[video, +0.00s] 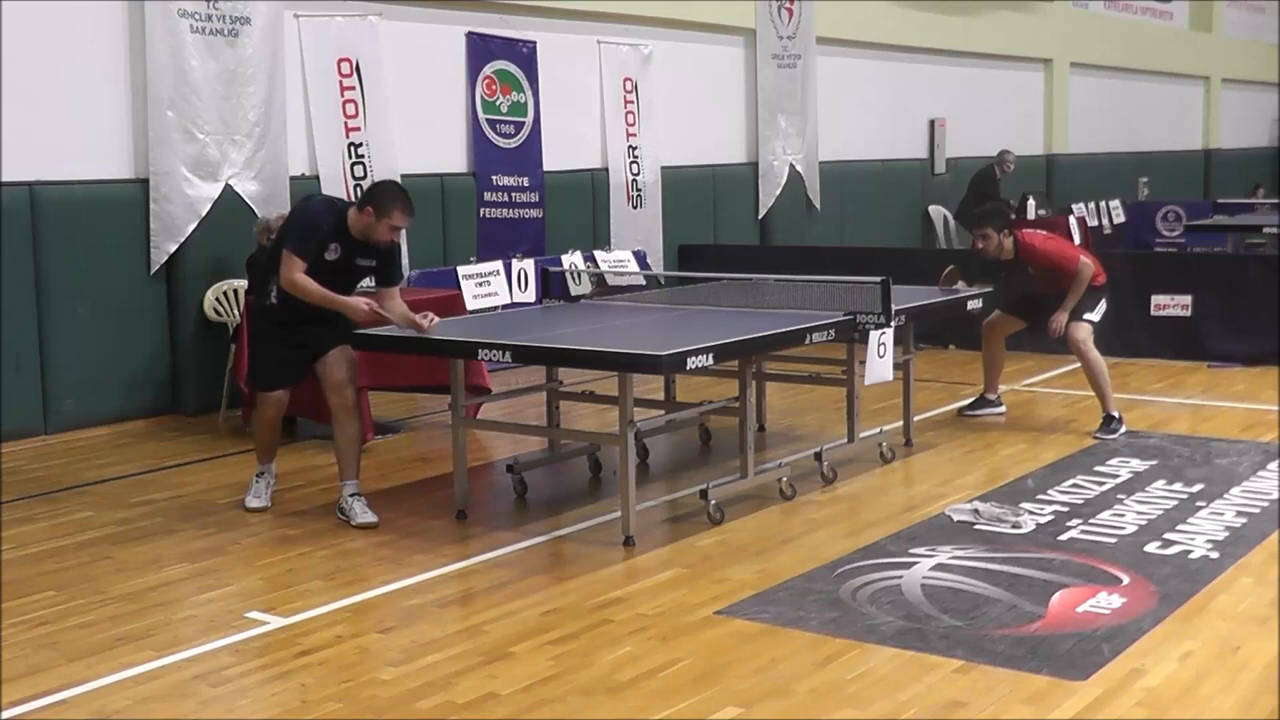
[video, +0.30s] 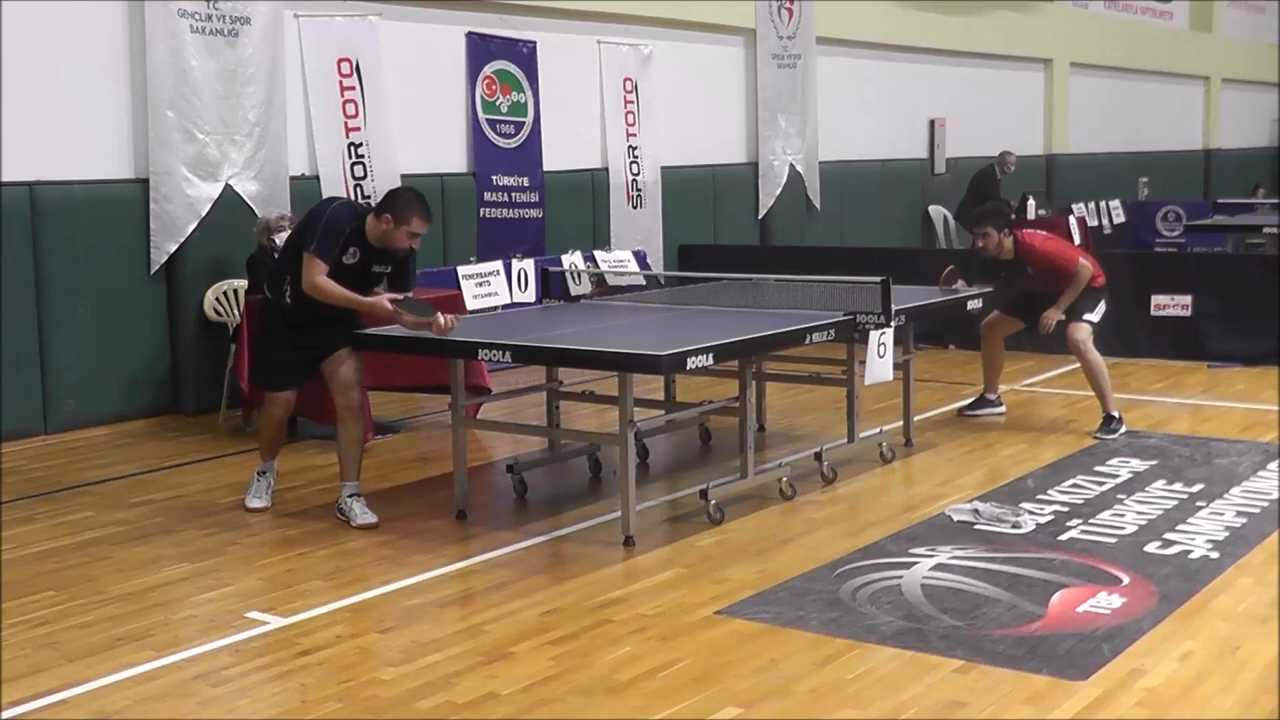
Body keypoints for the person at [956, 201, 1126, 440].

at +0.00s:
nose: (977, 245)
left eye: (984, 238)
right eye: (975, 239)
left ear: (1005, 235)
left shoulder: (1038, 248)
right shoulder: (996, 254)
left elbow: (1086, 268)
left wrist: (1064, 310)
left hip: (1089, 288)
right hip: (1045, 291)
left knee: (1079, 339)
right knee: (992, 327)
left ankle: (1111, 416)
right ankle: (990, 398)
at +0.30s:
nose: (977, 244)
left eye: (984, 236)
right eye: (975, 237)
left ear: (1005, 234)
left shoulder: (1037, 248)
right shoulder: (991, 255)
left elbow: (1085, 270)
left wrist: (1059, 308)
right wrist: (962, 274)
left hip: (1088, 288)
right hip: (1044, 291)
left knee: (1078, 339)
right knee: (991, 328)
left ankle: (1111, 416)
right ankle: (990, 398)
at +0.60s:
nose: (979, 234)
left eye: (985, 227)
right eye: (976, 228)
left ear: (1006, 226)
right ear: (974, 228)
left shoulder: (1036, 241)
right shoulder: (983, 248)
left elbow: (1084, 266)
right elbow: (994, 282)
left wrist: (1054, 304)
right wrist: (968, 283)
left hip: (1084, 288)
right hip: (1040, 290)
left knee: (1076, 339)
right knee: (988, 328)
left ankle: (1111, 416)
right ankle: (990, 398)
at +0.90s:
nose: (984, 205)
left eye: (991, 198)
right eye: (981, 198)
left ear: (1011, 199)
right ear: (978, 200)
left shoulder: (1039, 220)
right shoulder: (988, 227)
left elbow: (1083, 253)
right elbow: (978, 279)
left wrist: (1050, 284)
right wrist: (962, 273)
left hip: (1078, 280)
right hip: (1037, 282)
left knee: (1076, 339)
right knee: (988, 329)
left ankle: (1111, 415)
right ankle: (990, 398)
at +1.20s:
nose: (1000, 164)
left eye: (1007, 158)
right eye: (999, 158)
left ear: (1027, 161)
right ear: (1001, 160)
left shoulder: (1055, 189)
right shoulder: (1000, 194)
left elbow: (1090, 226)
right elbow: (986, 237)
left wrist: (1061, 250)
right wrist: (973, 245)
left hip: (1069, 275)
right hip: (1027, 275)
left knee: (1079, 338)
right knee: (986, 333)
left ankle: (1112, 415)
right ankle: (989, 396)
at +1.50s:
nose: (986, 167)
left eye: (993, 161)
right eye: (984, 161)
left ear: (1014, 162)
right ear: (984, 161)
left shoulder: (1041, 189)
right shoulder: (984, 192)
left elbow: (1077, 227)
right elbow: (965, 229)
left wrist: (1047, 250)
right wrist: (939, 239)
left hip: (1054, 281)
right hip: (1011, 281)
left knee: (1072, 341)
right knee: (964, 334)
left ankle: (1111, 415)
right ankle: (949, 401)